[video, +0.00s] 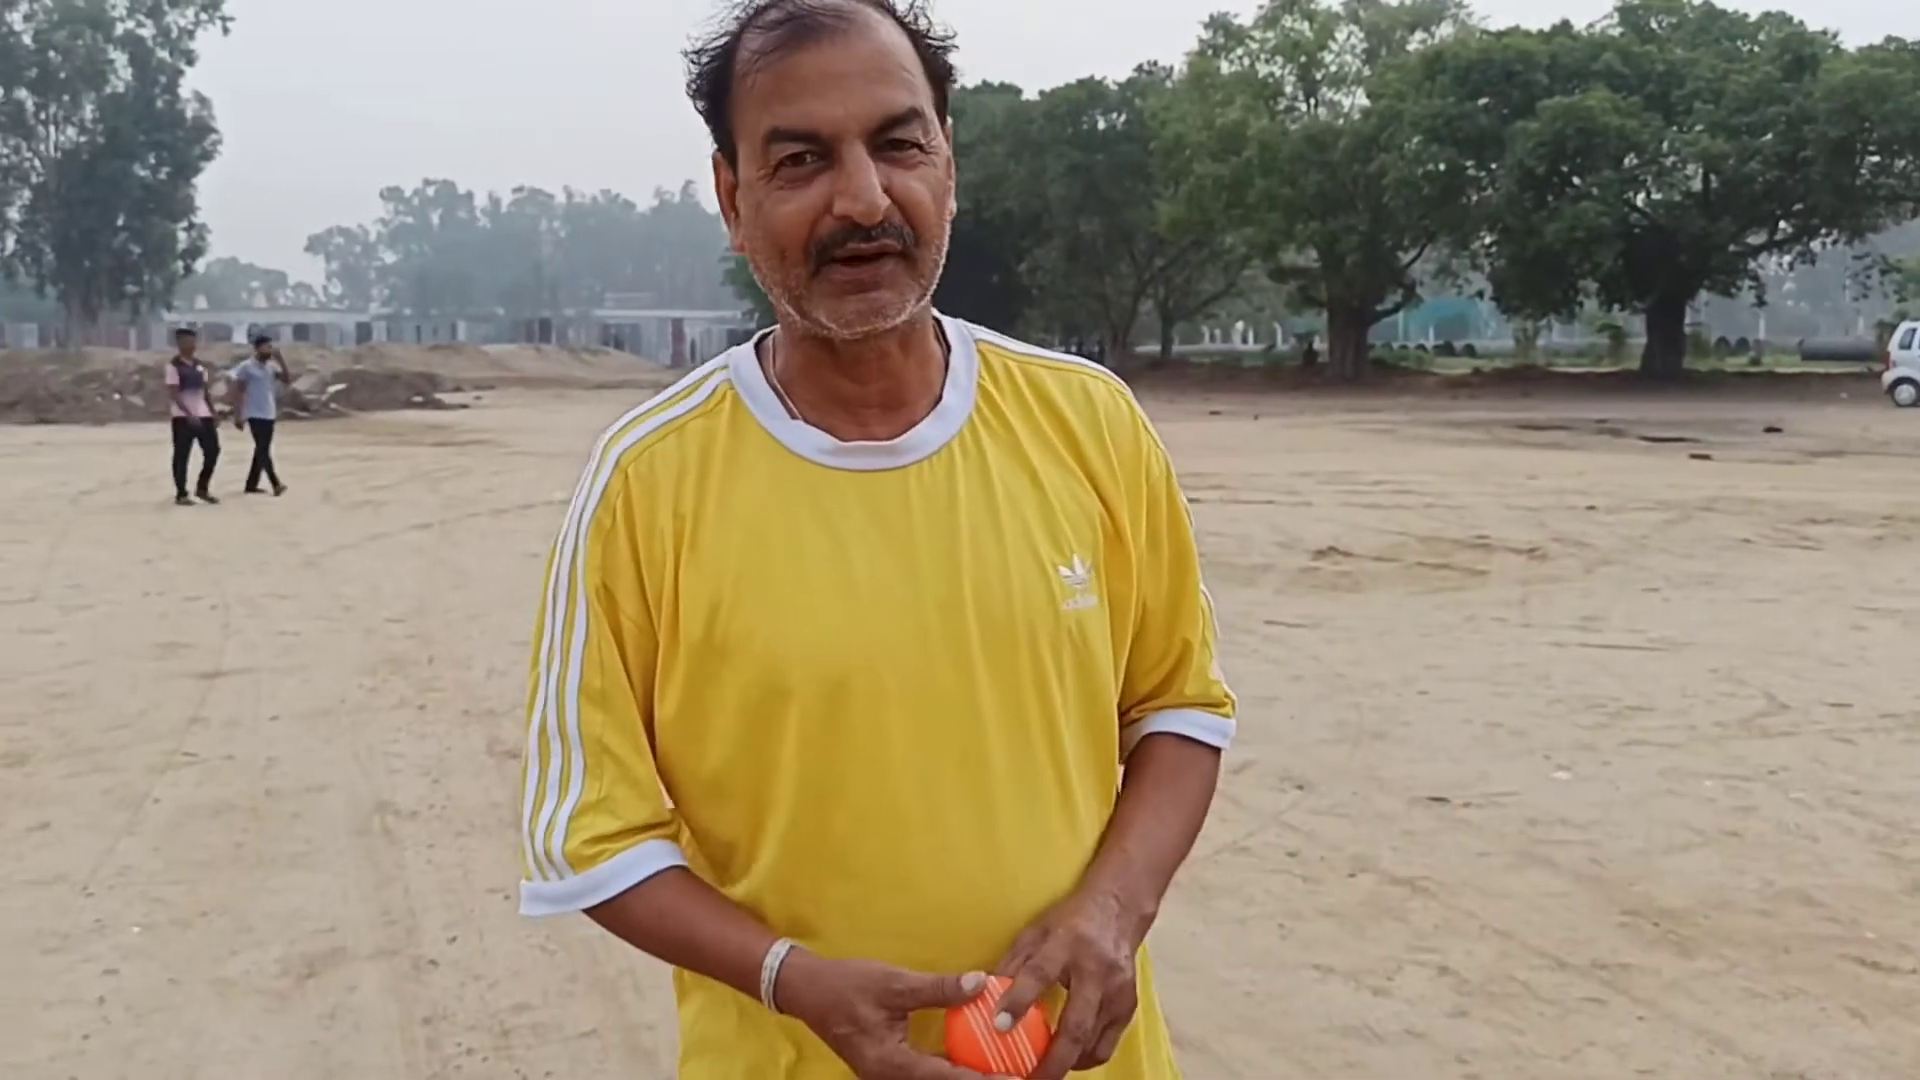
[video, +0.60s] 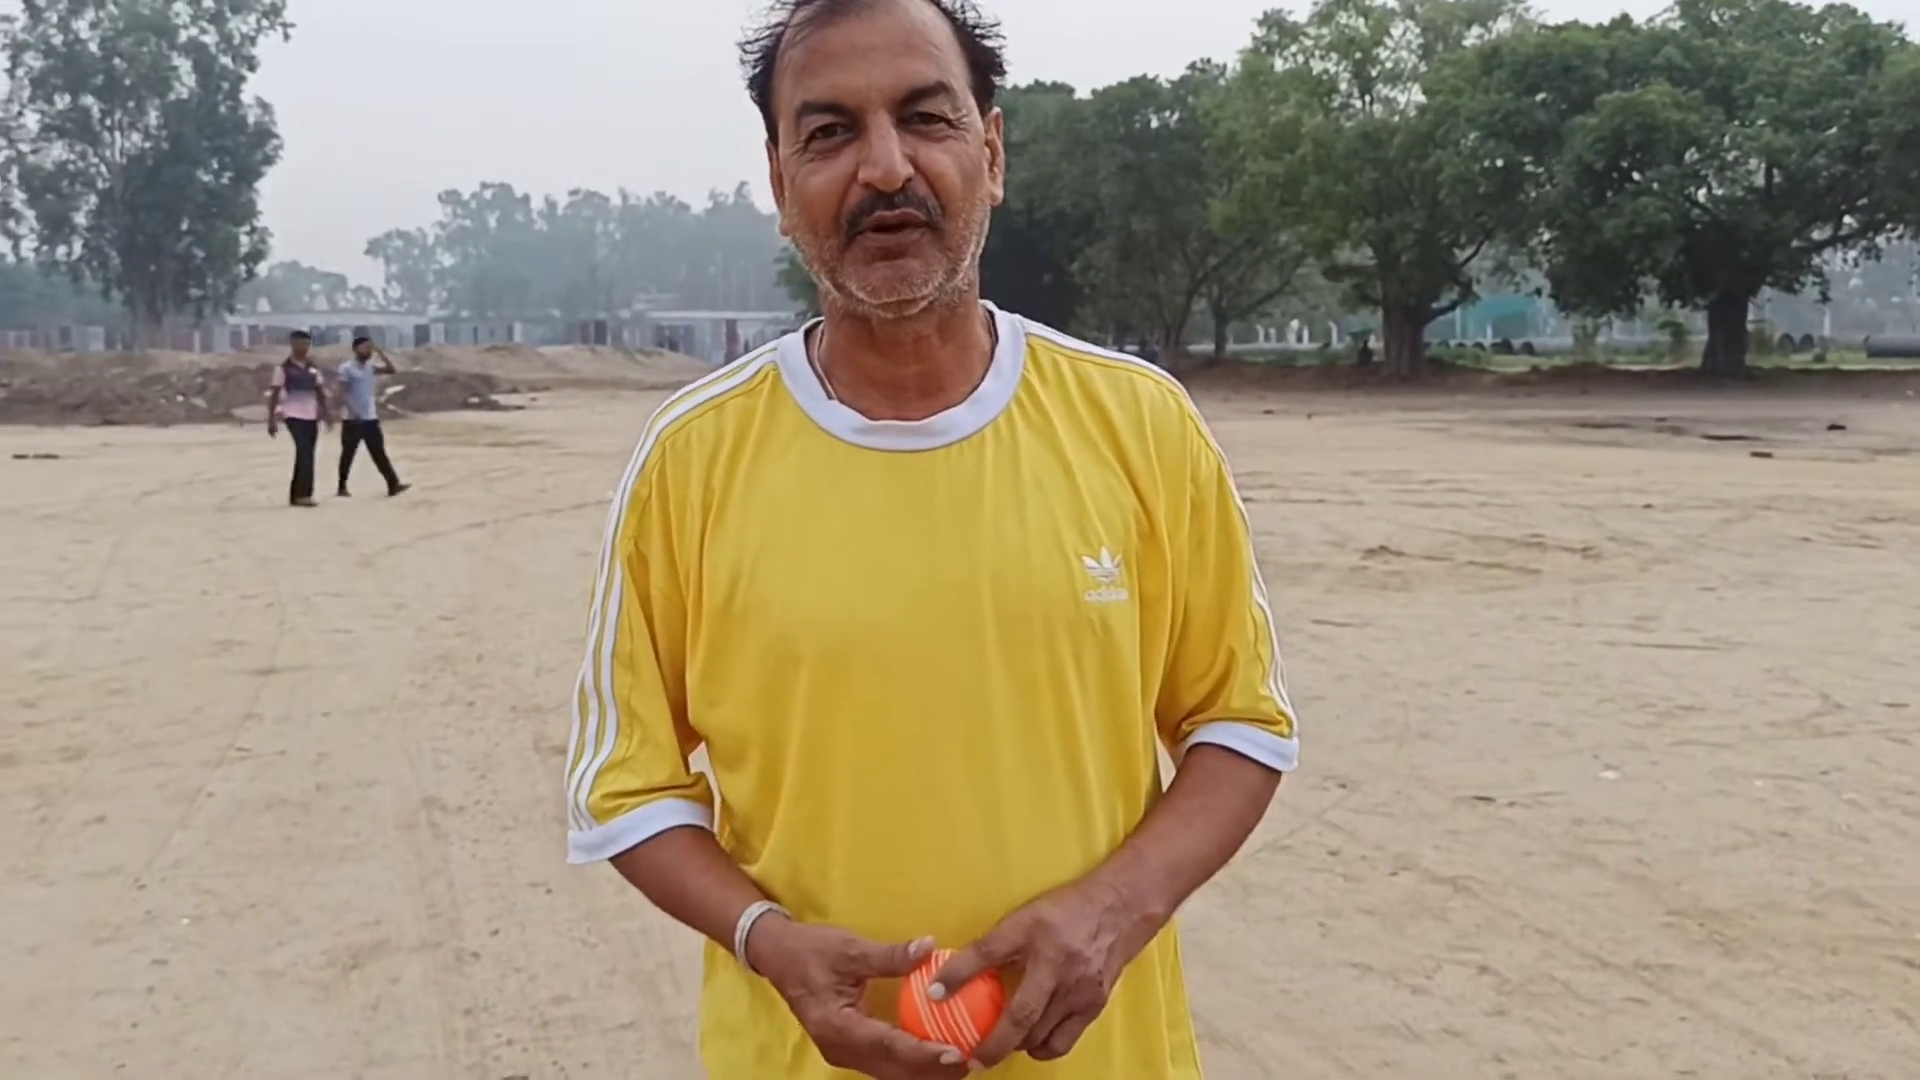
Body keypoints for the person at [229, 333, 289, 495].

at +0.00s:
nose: (269, 350)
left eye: (269, 346)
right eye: (265, 346)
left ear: (270, 348)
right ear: (257, 348)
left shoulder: (270, 368)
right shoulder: (246, 367)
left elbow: (286, 379)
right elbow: (238, 392)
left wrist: (280, 360)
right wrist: (238, 416)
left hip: (269, 414)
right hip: (254, 413)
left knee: (261, 451)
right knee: (263, 451)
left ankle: (251, 484)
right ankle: (276, 483)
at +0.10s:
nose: (285, 352)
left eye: (286, 348)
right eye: (282, 348)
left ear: (285, 351)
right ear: (272, 350)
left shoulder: (285, 368)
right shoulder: (261, 370)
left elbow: (303, 372)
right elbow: (253, 395)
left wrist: (293, 353)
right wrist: (253, 418)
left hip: (285, 416)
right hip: (270, 416)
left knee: (275, 452)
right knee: (281, 453)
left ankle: (261, 482)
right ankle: (291, 486)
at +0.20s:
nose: (296, 352)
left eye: (297, 349)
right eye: (292, 348)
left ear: (298, 351)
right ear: (283, 350)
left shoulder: (298, 369)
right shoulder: (273, 371)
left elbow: (316, 370)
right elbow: (266, 397)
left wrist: (304, 352)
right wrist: (267, 420)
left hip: (299, 416)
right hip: (283, 417)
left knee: (293, 452)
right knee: (292, 453)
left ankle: (273, 475)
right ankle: (298, 486)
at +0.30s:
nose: (308, 350)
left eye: (309, 346)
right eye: (305, 346)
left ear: (311, 349)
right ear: (296, 347)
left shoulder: (310, 366)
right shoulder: (286, 368)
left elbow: (331, 369)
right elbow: (281, 393)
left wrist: (319, 351)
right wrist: (283, 416)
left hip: (312, 414)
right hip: (296, 416)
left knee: (317, 448)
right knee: (303, 452)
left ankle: (296, 470)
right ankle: (304, 486)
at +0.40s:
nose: (323, 347)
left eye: (325, 344)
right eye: (320, 343)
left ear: (327, 346)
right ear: (311, 345)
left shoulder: (327, 364)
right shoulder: (302, 366)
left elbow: (346, 367)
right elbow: (296, 392)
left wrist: (335, 348)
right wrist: (302, 412)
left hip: (328, 414)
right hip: (310, 415)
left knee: (337, 447)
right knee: (311, 454)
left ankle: (322, 476)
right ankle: (313, 485)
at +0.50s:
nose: (344, 349)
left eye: (346, 345)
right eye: (341, 345)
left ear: (347, 348)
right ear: (332, 346)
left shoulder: (346, 365)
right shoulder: (322, 367)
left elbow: (367, 367)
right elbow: (317, 391)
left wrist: (357, 350)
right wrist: (320, 410)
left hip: (348, 416)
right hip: (329, 417)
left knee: (359, 453)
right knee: (327, 455)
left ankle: (360, 485)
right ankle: (326, 487)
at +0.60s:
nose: (368, 351)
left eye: (369, 347)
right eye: (365, 347)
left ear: (370, 350)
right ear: (356, 349)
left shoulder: (370, 368)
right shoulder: (346, 369)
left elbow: (391, 370)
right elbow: (339, 393)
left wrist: (379, 353)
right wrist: (342, 411)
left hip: (370, 419)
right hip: (352, 419)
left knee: (379, 454)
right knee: (347, 455)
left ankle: (393, 483)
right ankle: (342, 486)